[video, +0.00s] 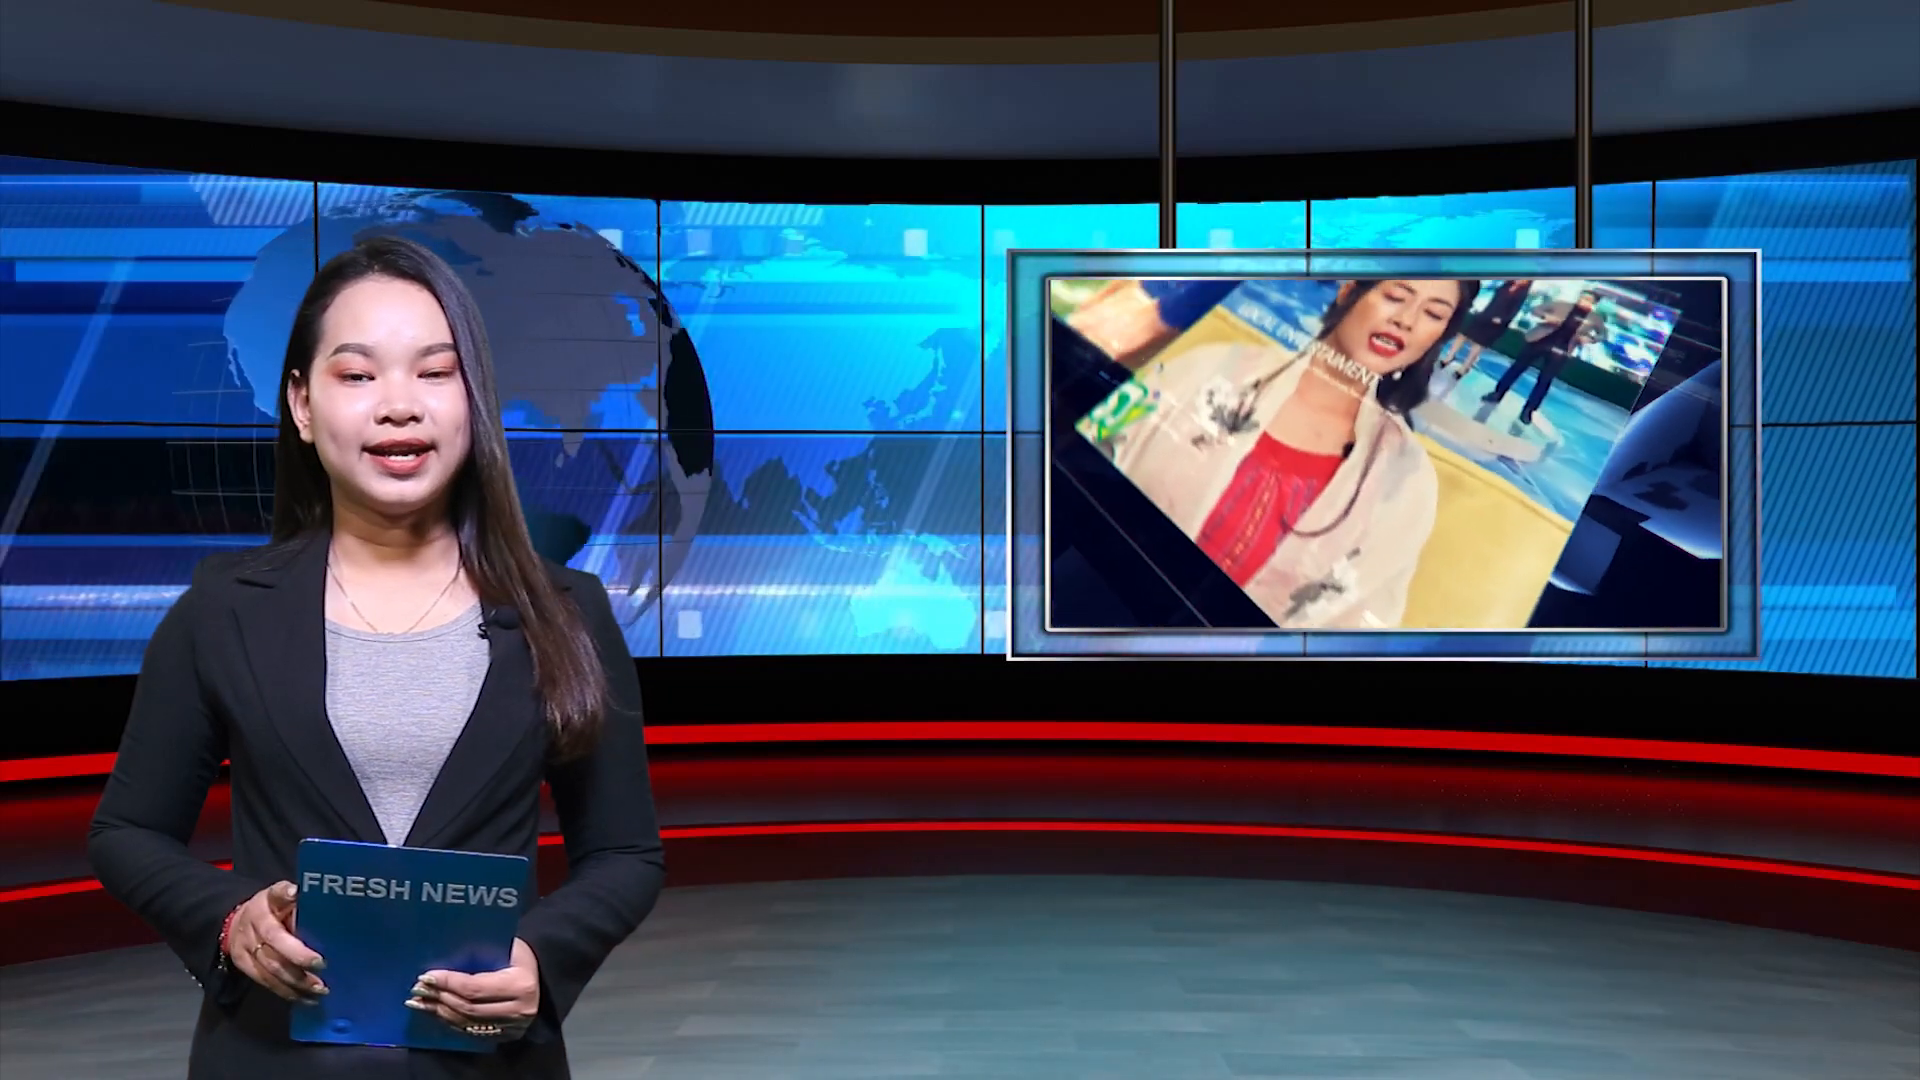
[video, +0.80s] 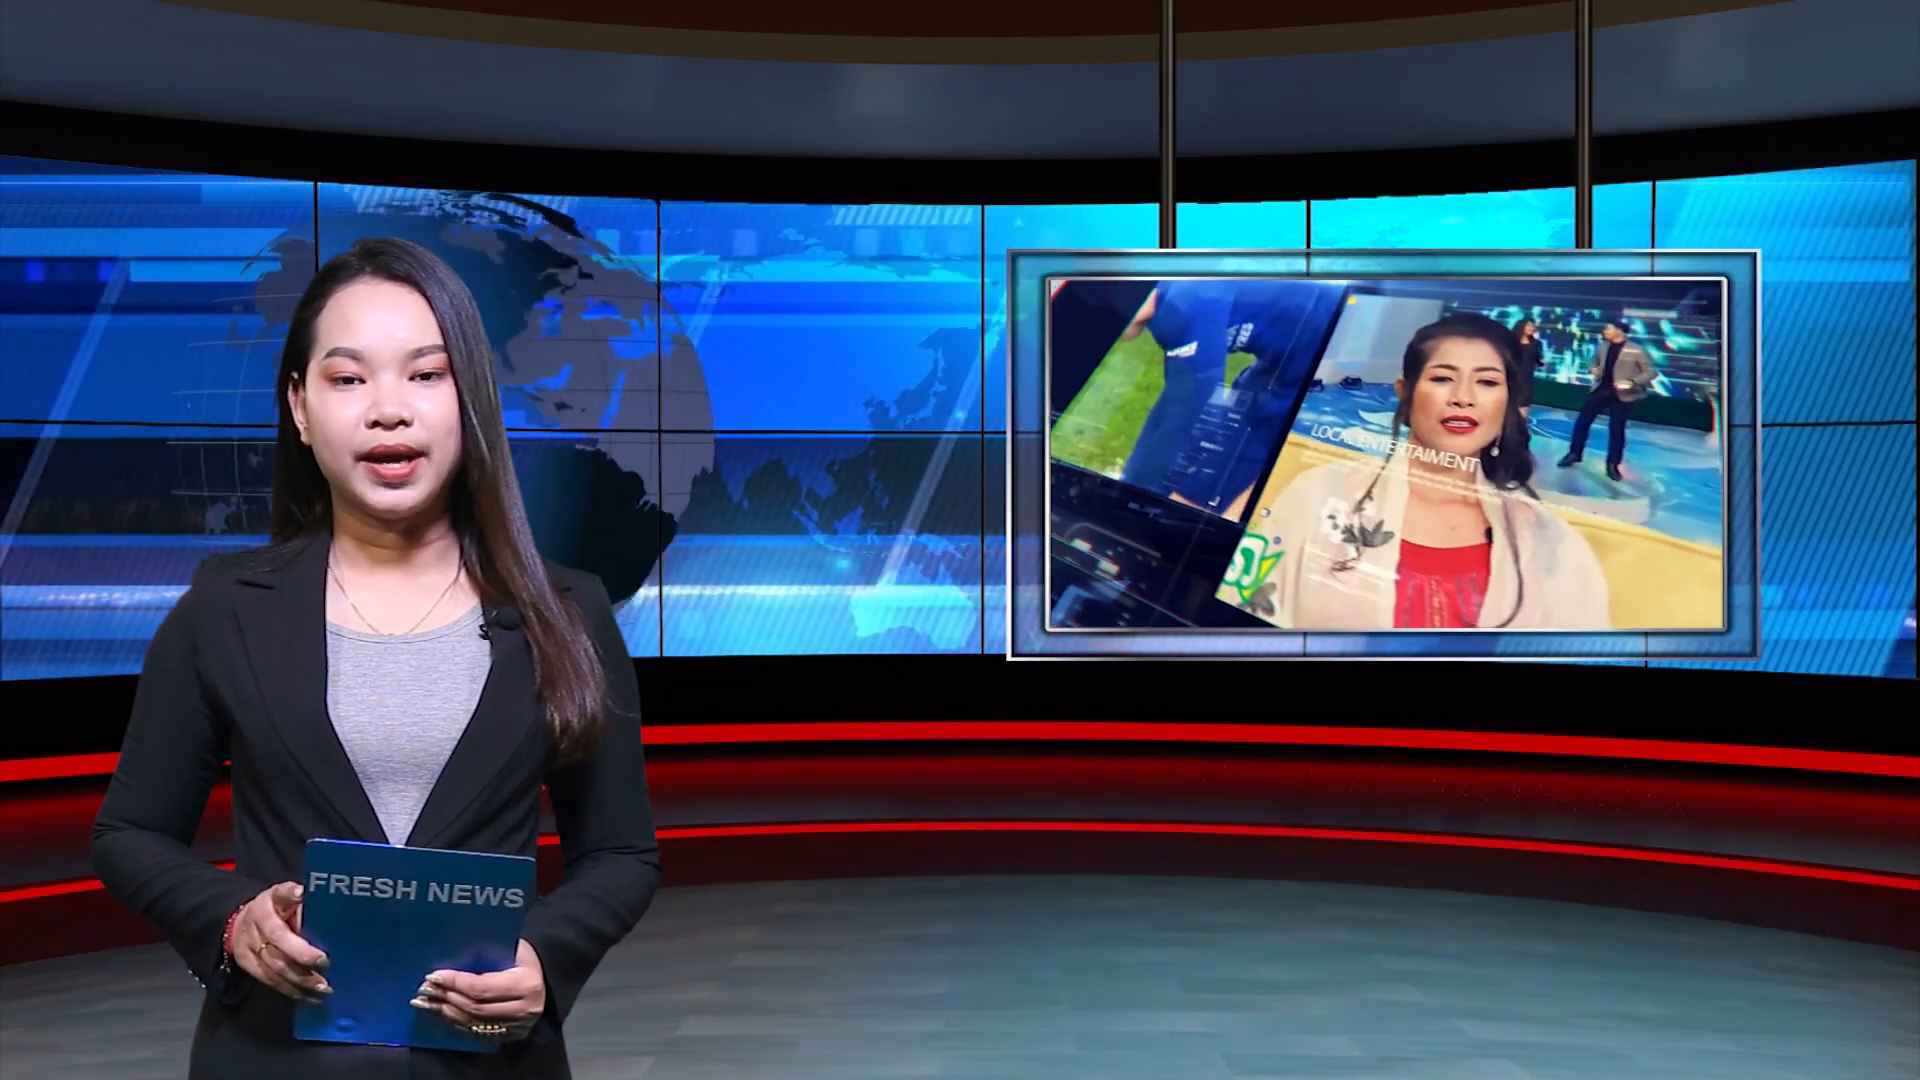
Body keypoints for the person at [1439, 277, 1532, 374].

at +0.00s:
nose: (1518, 278)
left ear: (1526, 279)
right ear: (1514, 274)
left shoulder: (1522, 289)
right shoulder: (1508, 283)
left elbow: (1515, 307)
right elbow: (1496, 299)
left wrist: (1503, 318)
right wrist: (1485, 311)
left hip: (1498, 319)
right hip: (1487, 313)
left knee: (1479, 344)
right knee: (1464, 334)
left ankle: (1465, 368)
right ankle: (1449, 358)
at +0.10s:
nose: (1512, 292)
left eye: (1516, 292)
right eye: (1512, 289)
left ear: (1518, 296)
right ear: (1509, 288)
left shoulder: (1514, 308)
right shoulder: (1497, 300)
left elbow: (1510, 324)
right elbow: (1486, 315)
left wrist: (1496, 332)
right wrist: (1477, 326)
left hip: (1493, 336)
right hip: (1480, 329)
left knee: (1479, 359)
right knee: (1462, 351)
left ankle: (1468, 385)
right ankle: (1445, 371)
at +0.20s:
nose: (1509, 300)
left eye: (1512, 299)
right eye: (1508, 296)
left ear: (1515, 302)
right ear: (1504, 296)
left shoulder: (1512, 316)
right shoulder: (1493, 305)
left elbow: (1507, 335)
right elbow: (1484, 320)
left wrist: (1496, 339)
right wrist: (1482, 332)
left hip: (1493, 343)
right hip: (1479, 335)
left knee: (1480, 367)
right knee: (1462, 360)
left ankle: (1471, 394)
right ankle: (1444, 381)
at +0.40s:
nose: (1506, 311)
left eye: (1509, 310)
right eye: (1505, 308)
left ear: (1512, 313)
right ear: (1500, 309)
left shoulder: (1512, 326)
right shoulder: (1490, 320)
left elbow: (1513, 340)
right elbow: (1483, 333)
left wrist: (1506, 345)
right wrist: (1481, 343)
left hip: (1496, 356)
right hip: (1483, 351)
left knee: (1485, 382)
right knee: (1481, 381)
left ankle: (1479, 408)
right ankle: (1479, 408)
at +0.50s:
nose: (1511, 315)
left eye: (1513, 313)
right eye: (1509, 312)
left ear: (1516, 317)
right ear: (1504, 313)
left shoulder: (1518, 329)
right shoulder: (1495, 325)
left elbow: (1521, 344)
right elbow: (1487, 339)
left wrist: (1518, 345)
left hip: (1505, 360)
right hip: (1491, 357)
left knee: (1495, 386)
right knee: (1488, 385)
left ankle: (1486, 410)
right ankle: (1485, 410)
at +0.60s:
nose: (1515, 318)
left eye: (1518, 316)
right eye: (1513, 315)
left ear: (1521, 319)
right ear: (1508, 316)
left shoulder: (1522, 332)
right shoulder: (1499, 328)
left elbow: (1529, 346)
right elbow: (1491, 342)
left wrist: (1527, 349)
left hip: (1511, 362)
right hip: (1497, 360)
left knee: (1501, 389)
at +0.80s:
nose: (1531, 329)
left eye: (1532, 326)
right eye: (1528, 326)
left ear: (1534, 329)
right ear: (1522, 327)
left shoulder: (1536, 343)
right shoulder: (1514, 341)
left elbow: (1537, 358)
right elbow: (1508, 356)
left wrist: (1541, 363)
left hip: (1527, 374)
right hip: (1514, 373)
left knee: (1525, 401)